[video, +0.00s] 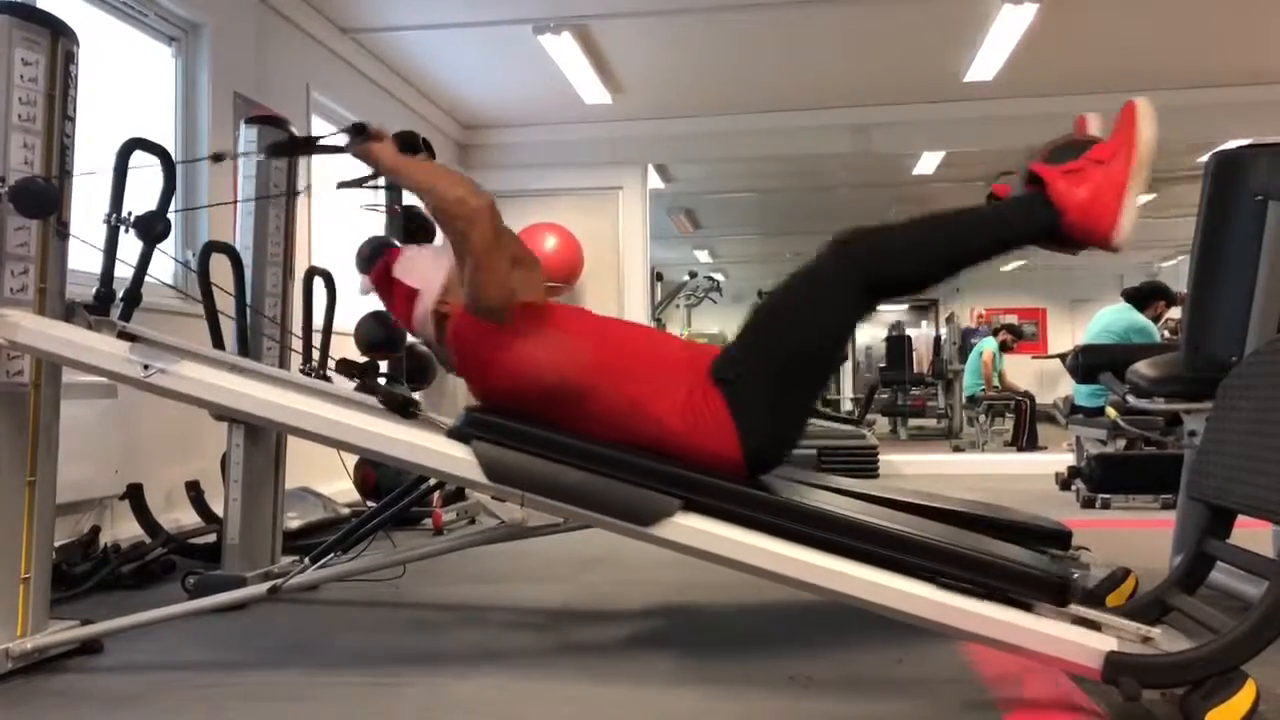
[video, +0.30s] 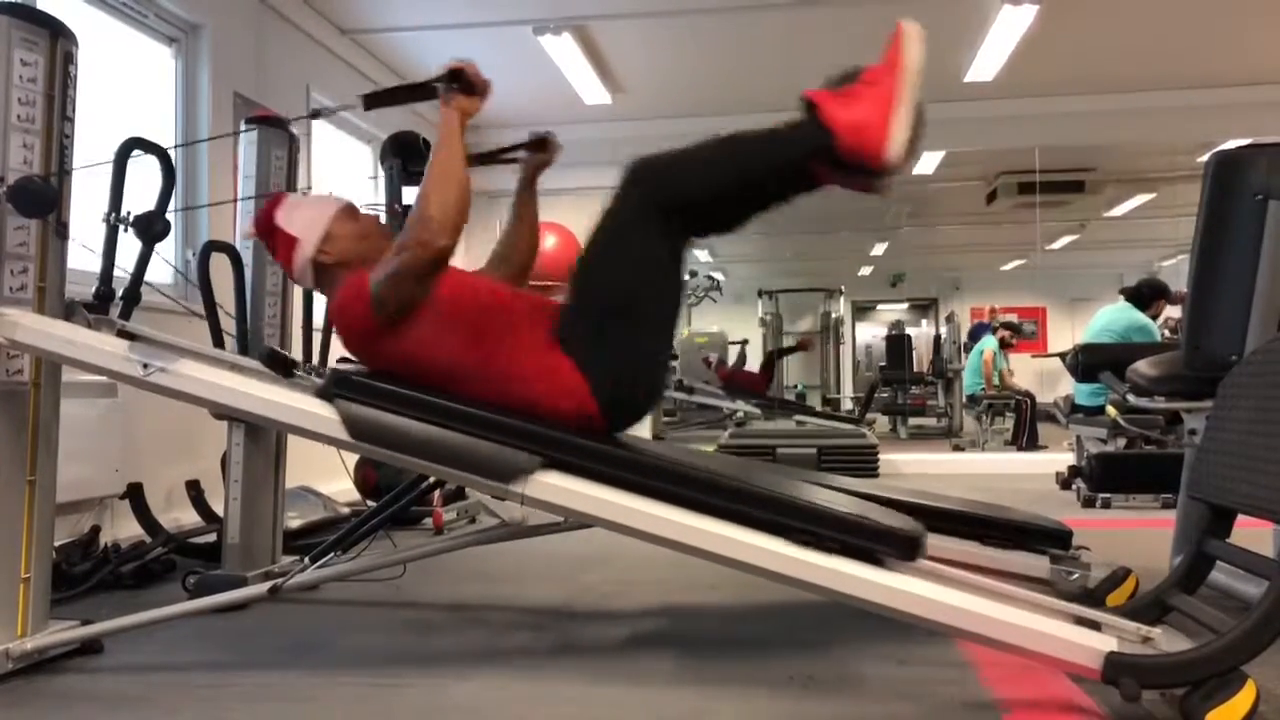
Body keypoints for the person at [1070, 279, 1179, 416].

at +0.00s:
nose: (1164, 314)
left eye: (1167, 310)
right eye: (1166, 309)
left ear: (1140, 298)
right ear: (1160, 306)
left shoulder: (1106, 312)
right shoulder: (1143, 325)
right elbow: (1159, 367)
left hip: (1081, 398)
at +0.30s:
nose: (1163, 311)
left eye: (1164, 306)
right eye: (1164, 306)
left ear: (1136, 295)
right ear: (1158, 304)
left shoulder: (1106, 311)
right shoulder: (1143, 324)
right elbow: (1157, 367)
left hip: (1082, 396)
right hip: (1102, 401)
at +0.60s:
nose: (1161, 309)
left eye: (1163, 305)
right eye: (1163, 304)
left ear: (1134, 294)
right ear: (1158, 304)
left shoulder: (1107, 311)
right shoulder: (1143, 325)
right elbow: (1157, 368)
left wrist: (1157, 331)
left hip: (1081, 398)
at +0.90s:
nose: (1162, 309)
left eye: (1164, 305)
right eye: (1164, 304)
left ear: (1135, 294)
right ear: (1159, 304)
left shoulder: (1107, 311)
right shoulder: (1144, 325)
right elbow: (1157, 368)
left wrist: (1157, 330)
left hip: (1081, 398)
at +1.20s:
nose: (1163, 310)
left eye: (1165, 305)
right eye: (1165, 305)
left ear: (1138, 295)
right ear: (1160, 304)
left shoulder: (1108, 311)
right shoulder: (1144, 325)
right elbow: (1158, 369)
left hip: (1082, 397)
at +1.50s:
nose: (1166, 311)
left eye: (1168, 306)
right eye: (1167, 306)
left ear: (1140, 296)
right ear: (1159, 303)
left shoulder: (1108, 311)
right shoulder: (1144, 324)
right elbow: (1158, 368)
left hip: (1083, 396)